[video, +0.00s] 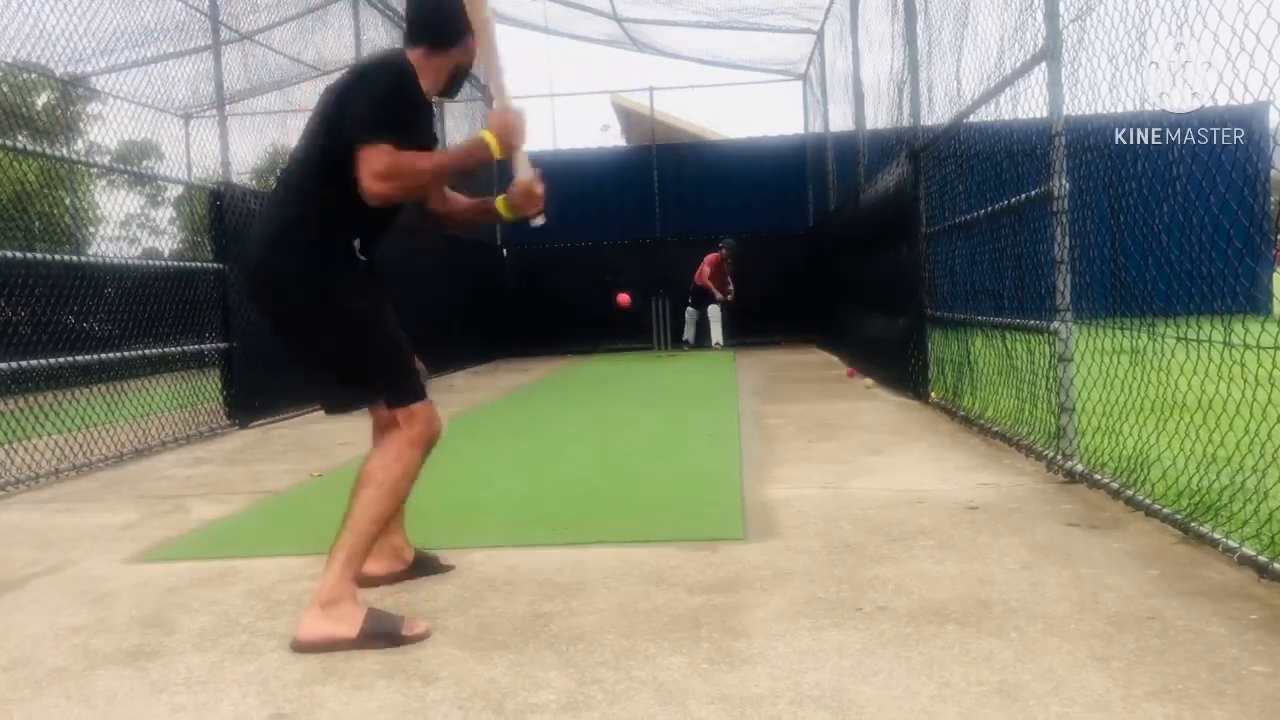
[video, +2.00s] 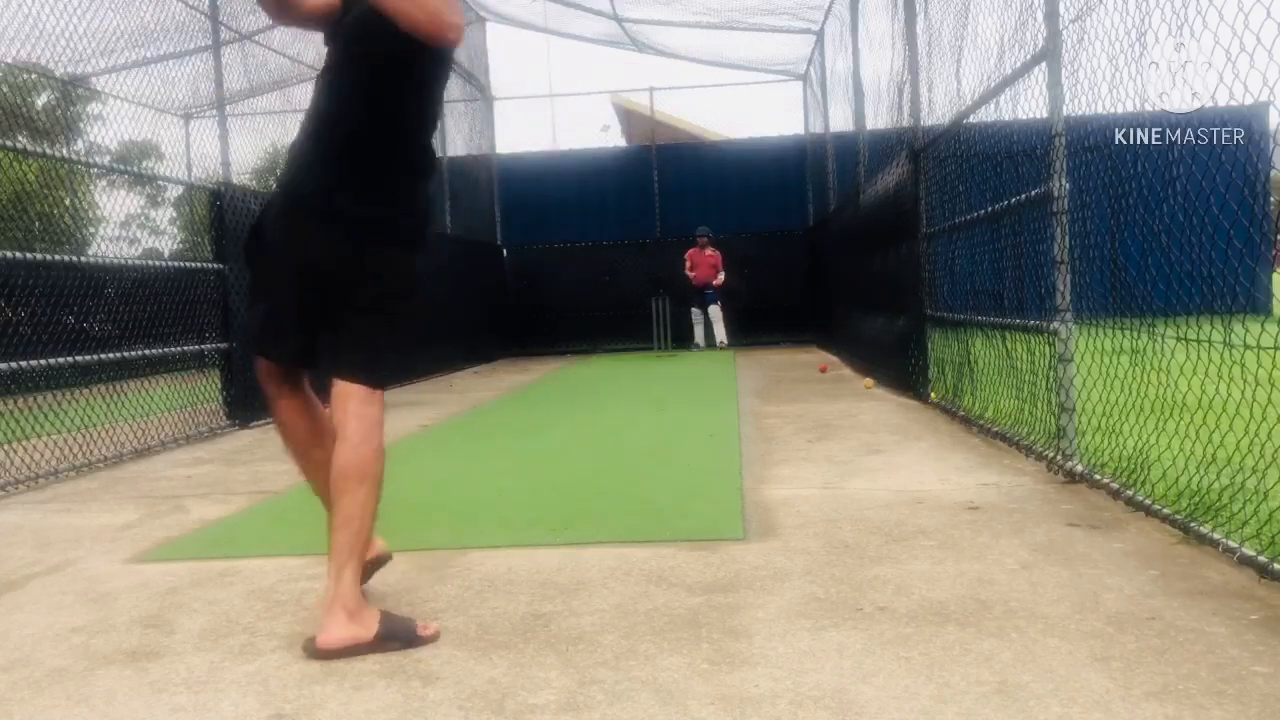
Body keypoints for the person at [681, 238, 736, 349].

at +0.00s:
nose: (725, 253)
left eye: (728, 251)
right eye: (724, 250)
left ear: (730, 252)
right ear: (721, 249)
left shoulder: (726, 263)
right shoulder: (711, 259)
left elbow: (727, 278)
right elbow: (704, 278)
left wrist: (731, 291)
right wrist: (716, 292)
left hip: (714, 290)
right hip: (699, 288)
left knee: (714, 312)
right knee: (691, 313)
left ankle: (717, 342)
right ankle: (688, 341)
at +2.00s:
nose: (701, 240)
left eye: (704, 237)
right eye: (699, 237)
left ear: (708, 238)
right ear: (696, 239)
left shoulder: (715, 253)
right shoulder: (691, 253)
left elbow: (721, 271)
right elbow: (686, 269)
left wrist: (719, 279)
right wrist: (691, 274)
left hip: (711, 286)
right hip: (696, 287)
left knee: (715, 312)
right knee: (696, 315)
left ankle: (721, 341)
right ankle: (699, 343)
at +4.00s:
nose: (704, 241)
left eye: (706, 239)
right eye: (703, 239)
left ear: (712, 239)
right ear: (702, 240)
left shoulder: (723, 251)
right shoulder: (699, 254)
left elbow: (730, 269)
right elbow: (696, 270)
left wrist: (724, 275)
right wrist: (702, 273)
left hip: (718, 285)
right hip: (704, 286)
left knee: (721, 312)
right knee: (702, 313)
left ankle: (725, 341)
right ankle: (702, 342)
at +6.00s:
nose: (693, 246)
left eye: (695, 243)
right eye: (691, 243)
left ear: (701, 241)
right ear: (690, 243)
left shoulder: (712, 255)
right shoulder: (688, 257)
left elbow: (719, 272)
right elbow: (686, 272)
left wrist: (713, 279)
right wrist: (689, 276)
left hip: (707, 288)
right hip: (693, 288)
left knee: (709, 315)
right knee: (691, 316)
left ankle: (713, 345)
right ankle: (691, 346)